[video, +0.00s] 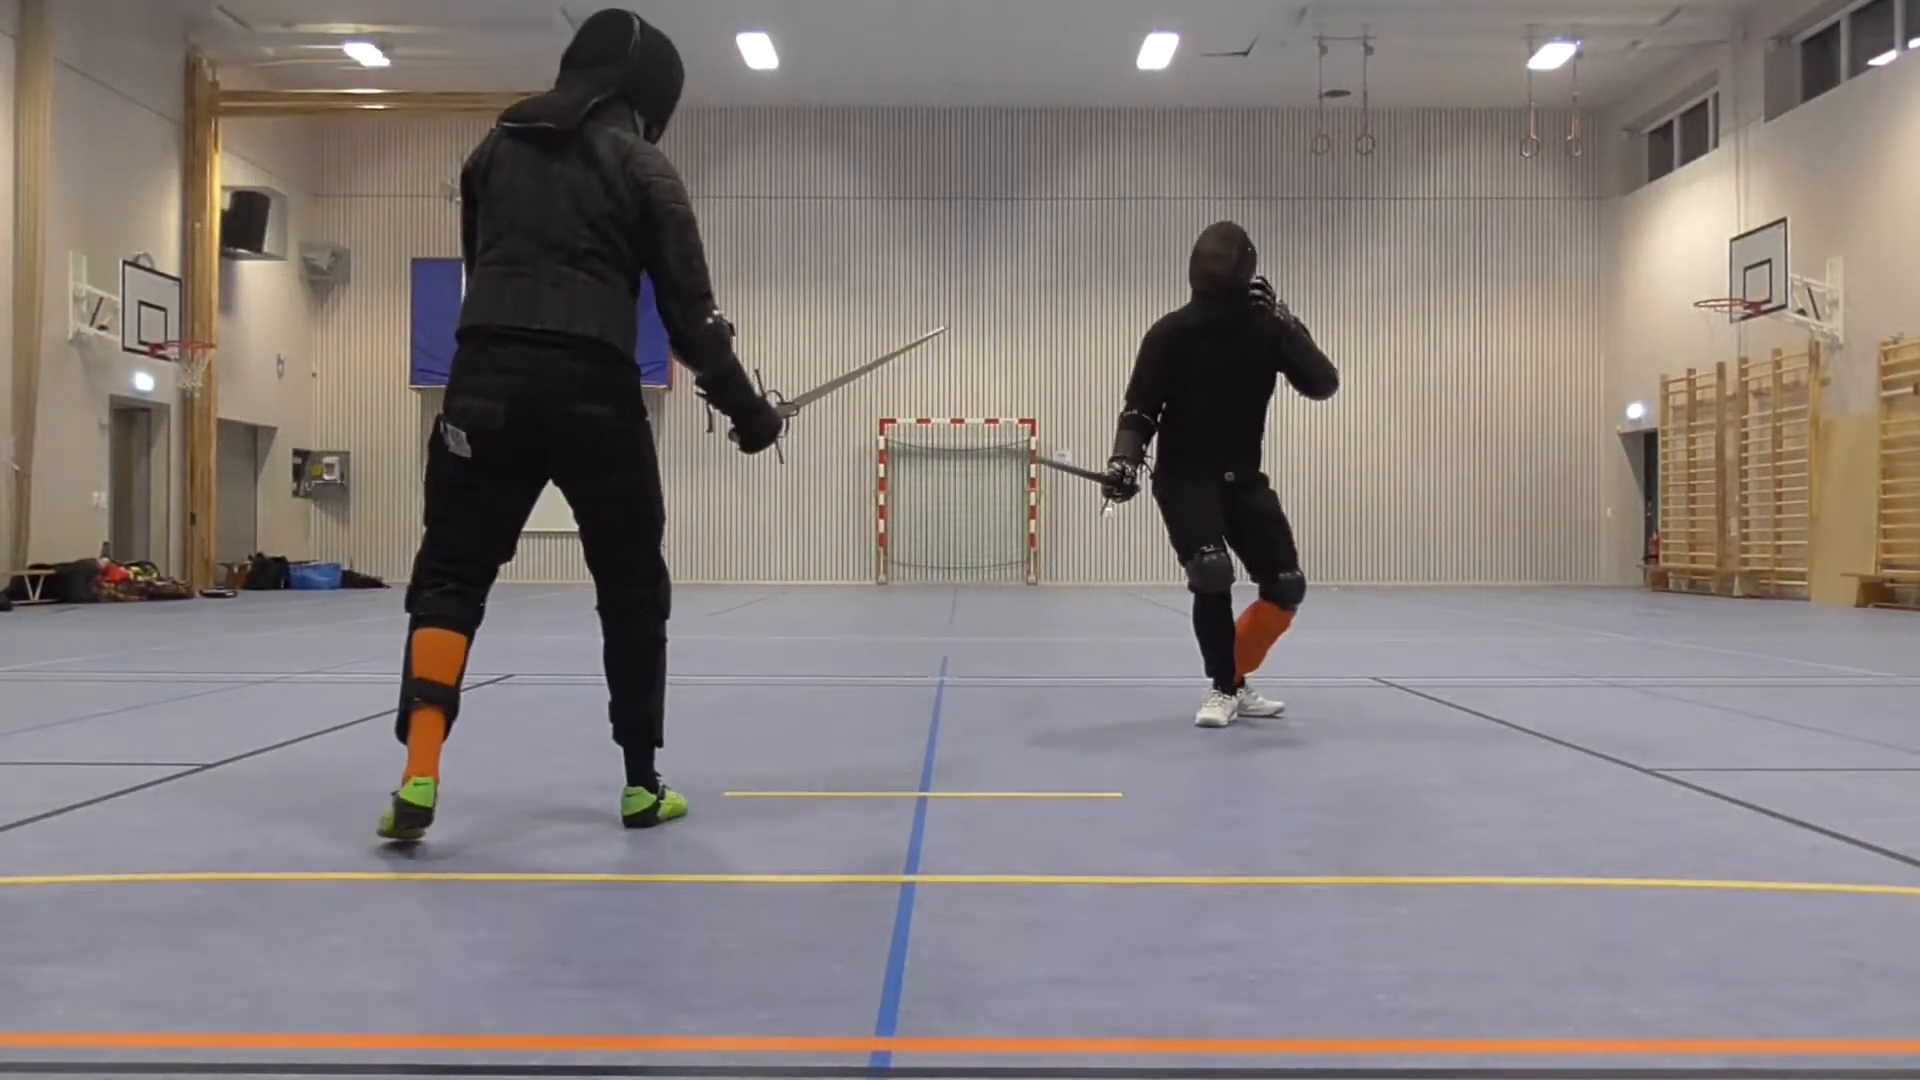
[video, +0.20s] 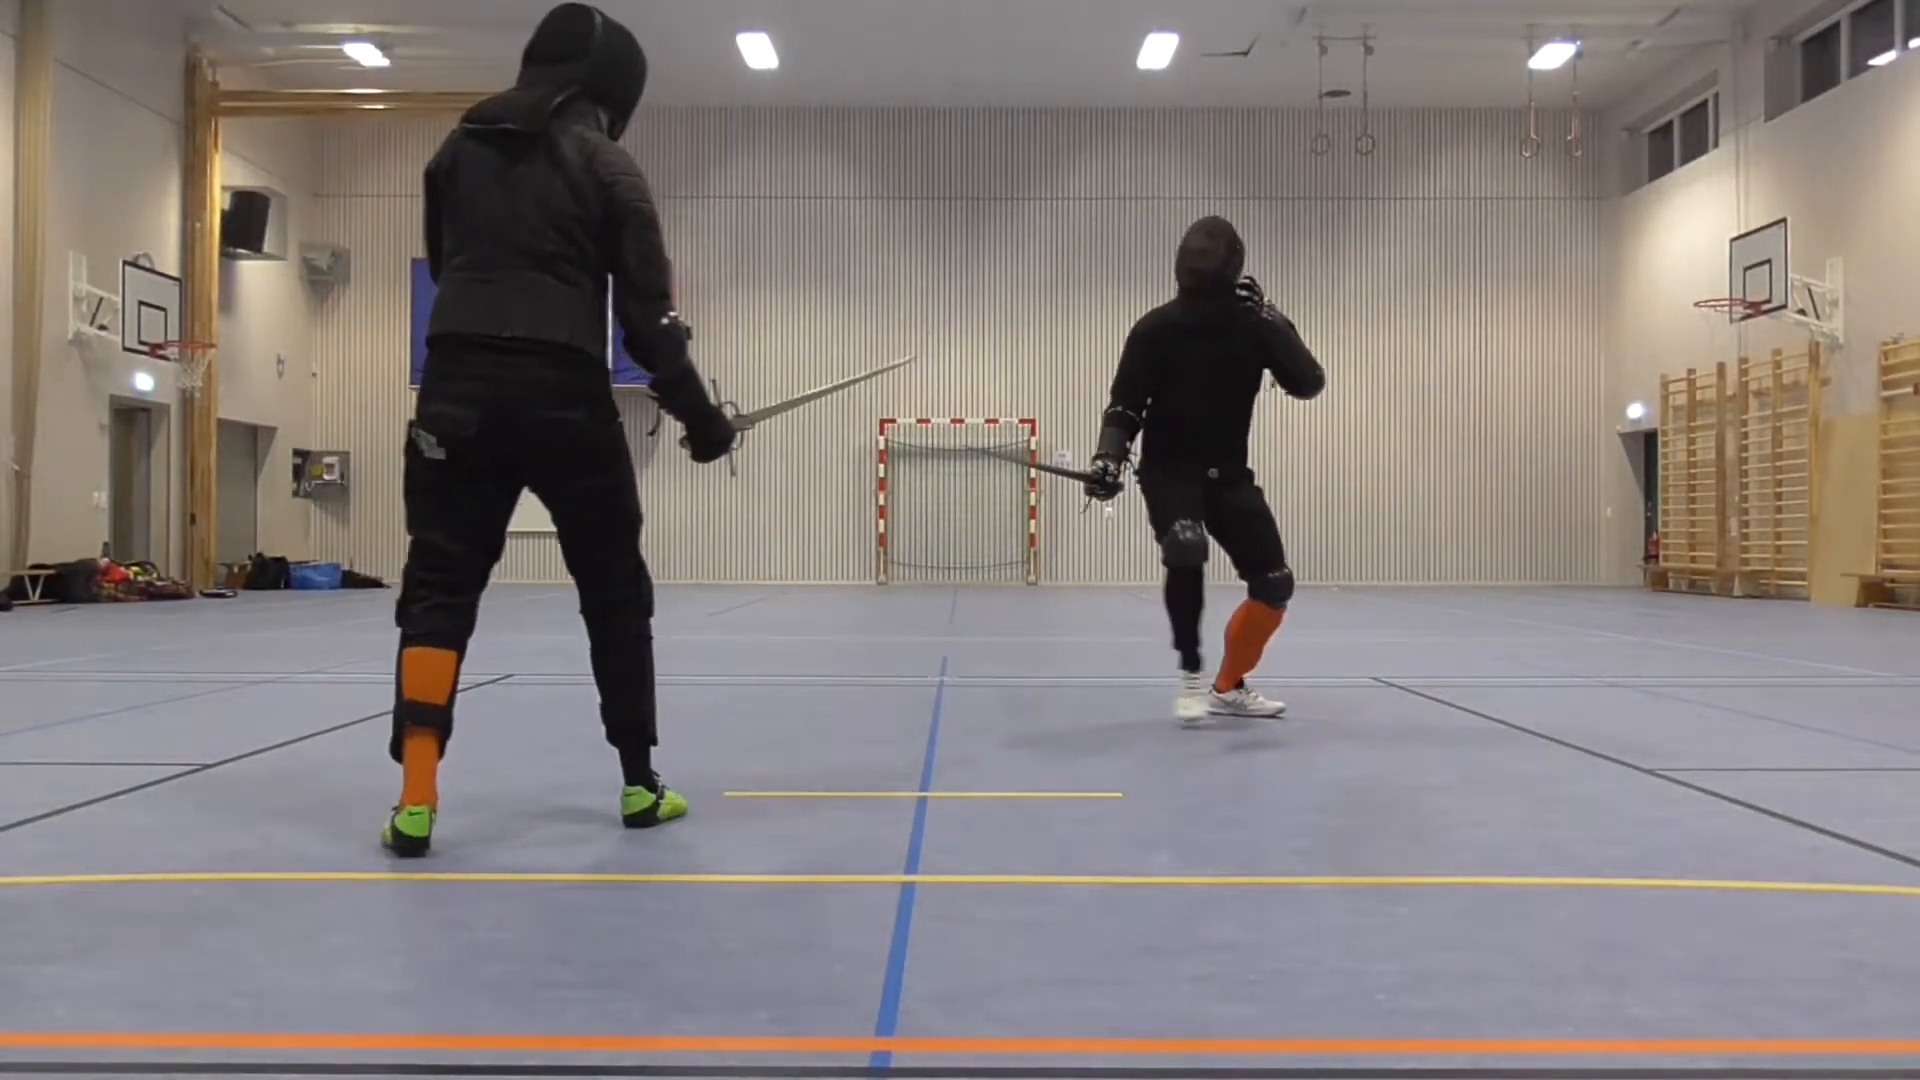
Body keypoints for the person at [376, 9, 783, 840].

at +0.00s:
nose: (664, 118)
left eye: (665, 104)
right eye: (664, 103)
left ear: (576, 76)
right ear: (643, 92)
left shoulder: (494, 151)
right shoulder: (640, 164)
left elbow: (483, 267)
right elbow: (689, 313)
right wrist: (745, 404)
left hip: (486, 391)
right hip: (596, 398)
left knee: (451, 573)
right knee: (632, 584)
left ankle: (418, 775)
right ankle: (642, 785)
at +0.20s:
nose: (627, 112)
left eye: (627, 98)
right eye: (625, 97)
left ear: (536, 71)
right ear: (606, 88)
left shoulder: (455, 154)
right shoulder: (607, 166)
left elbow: (448, 273)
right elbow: (647, 319)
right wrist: (702, 416)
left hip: (457, 393)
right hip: (566, 401)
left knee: (439, 583)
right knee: (613, 583)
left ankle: (415, 803)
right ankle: (639, 782)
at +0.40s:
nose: (580, 111)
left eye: (581, 97)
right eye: (580, 96)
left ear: (491, 68)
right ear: (561, 85)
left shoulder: (411, 151)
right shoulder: (563, 166)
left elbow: (397, 270)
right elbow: (596, 320)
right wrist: (647, 415)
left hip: (414, 395)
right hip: (521, 401)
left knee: (413, 584)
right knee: (580, 576)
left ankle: (412, 805)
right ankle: (609, 772)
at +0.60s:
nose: (564, 113)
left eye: (565, 99)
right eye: (562, 97)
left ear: (472, 70)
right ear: (543, 87)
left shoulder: (391, 154)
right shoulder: (544, 168)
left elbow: (380, 275)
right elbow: (575, 321)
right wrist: (626, 410)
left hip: (390, 392)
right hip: (498, 400)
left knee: (378, 579)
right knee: (549, 578)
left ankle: (398, 789)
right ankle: (548, 782)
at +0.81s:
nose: (522, 123)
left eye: (523, 109)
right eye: (520, 108)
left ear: (427, 82)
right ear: (499, 99)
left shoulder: (345, 169)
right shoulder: (500, 183)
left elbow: (339, 279)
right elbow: (537, 332)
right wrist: (598, 419)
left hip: (345, 412)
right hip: (452, 419)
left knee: (300, 592)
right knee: (539, 583)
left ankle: (215, 778)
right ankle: (545, 785)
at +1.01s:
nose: (454, 113)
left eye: (456, 97)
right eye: (453, 96)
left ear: (358, 73)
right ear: (427, 89)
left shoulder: (267, 154)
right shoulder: (423, 173)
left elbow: (248, 256)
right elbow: (447, 330)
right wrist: (520, 426)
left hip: (258, 410)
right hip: (372, 417)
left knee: (232, 604)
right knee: (467, 593)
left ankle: (179, 823)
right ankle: (534, 784)